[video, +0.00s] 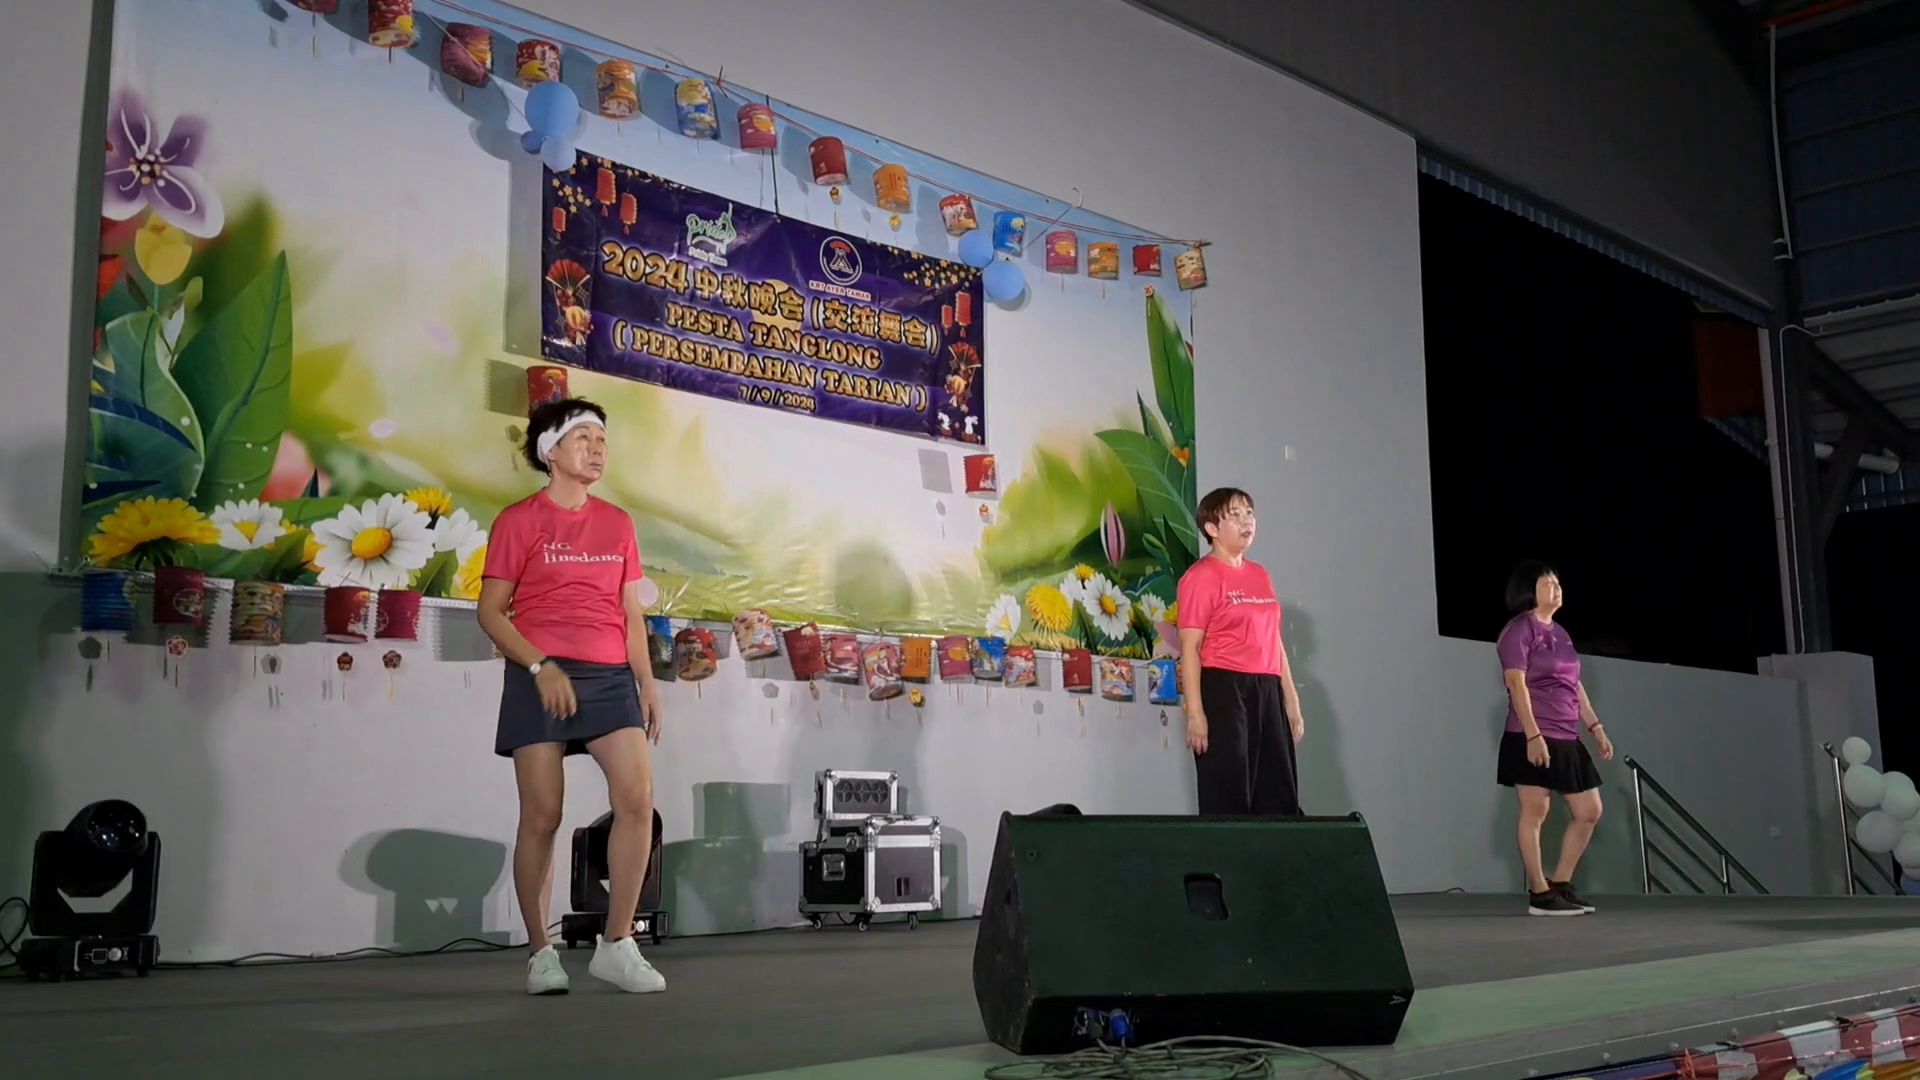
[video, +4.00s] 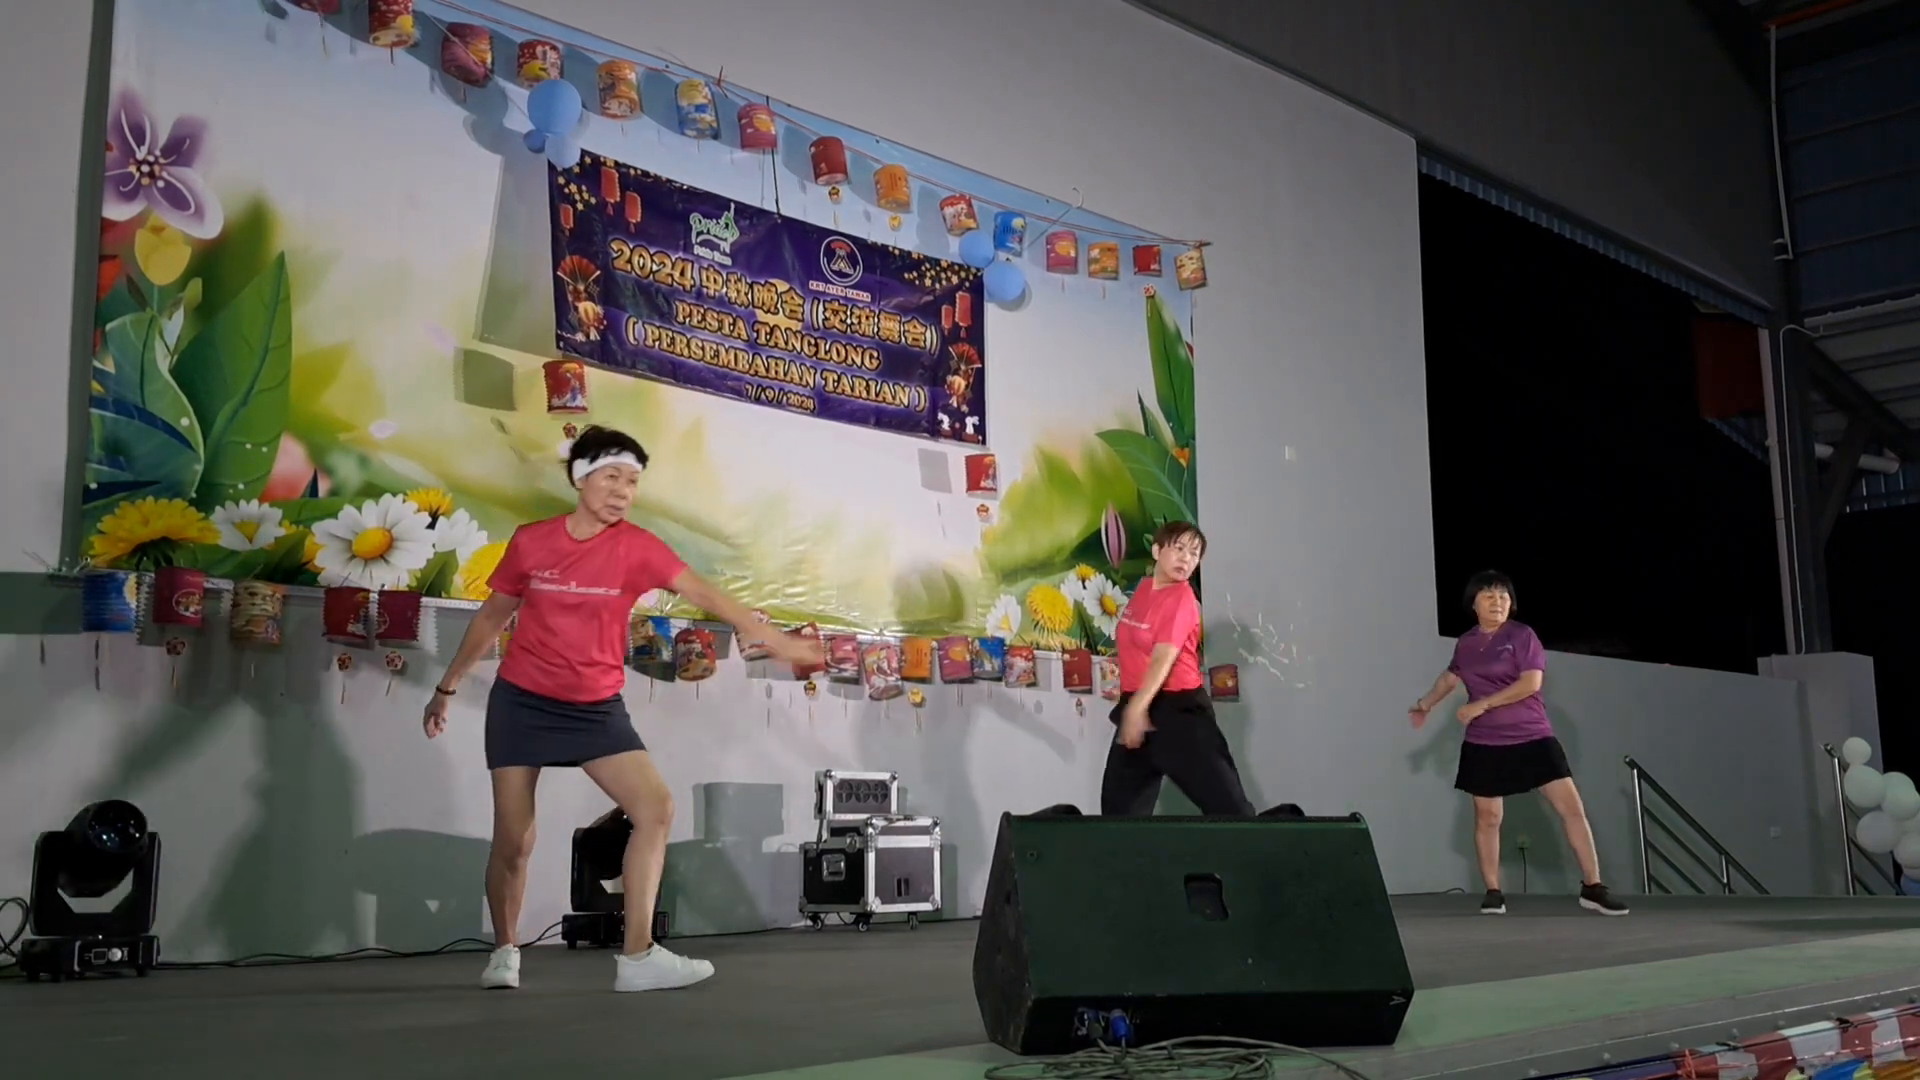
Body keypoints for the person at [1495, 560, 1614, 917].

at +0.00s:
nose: (1556, 589)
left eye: (1557, 583)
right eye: (1548, 583)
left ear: (1558, 592)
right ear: (1530, 591)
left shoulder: (1562, 635)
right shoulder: (1518, 632)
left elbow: (1575, 687)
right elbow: (1516, 687)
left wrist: (1596, 728)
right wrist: (1533, 736)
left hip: (1567, 740)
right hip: (1529, 738)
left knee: (1589, 811)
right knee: (1534, 810)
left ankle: (1560, 886)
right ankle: (1540, 892)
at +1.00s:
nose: (1558, 586)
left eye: (1560, 581)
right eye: (1549, 581)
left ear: (1563, 592)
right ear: (1532, 589)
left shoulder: (1564, 634)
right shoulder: (1522, 628)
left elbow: (1573, 687)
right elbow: (1524, 681)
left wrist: (1588, 731)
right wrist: (1549, 730)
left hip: (1570, 737)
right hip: (1534, 735)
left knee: (1567, 815)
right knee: (1537, 811)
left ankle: (1558, 890)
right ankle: (1537, 892)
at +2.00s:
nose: (1552, 588)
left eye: (1554, 583)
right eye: (1543, 583)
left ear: (1558, 592)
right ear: (1527, 592)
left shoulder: (1559, 633)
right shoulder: (1521, 628)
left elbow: (1570, 688)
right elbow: (1522, 681)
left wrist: (1586, 733)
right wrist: (1550, 729)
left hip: (1571, 737)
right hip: (1537, 735)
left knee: (1564, 814)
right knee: (1542, 810)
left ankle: (1555, 891)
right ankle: (1536, 892)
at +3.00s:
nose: (1540, 586)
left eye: (1546, 582)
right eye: (1532, 582)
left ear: (1555, 594)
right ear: (1519, 594)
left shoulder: (1570, 636)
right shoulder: (1504, 631)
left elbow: (1592, 679)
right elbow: (1494, 679)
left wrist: (1619, 722)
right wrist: (1510, 724)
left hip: (1559, 738)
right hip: (1518, 735)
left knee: (1564, 812)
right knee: (1528, 810)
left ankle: (1554, 892)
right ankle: (1521, 890)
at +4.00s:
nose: (1497, 604)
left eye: (1503, 598)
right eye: (1489, 598)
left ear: (1510, 604)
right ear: (1474, 604)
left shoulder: (1523, 636)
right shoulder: (1466, 644)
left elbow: (1531, 683)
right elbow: (1450, 678)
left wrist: (1483, 704)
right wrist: (1427, 703)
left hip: (1534, 739)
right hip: (1484, 744)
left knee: (1572, 807)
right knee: (1488, 817)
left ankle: (1593, 886)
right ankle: (1492, 893)